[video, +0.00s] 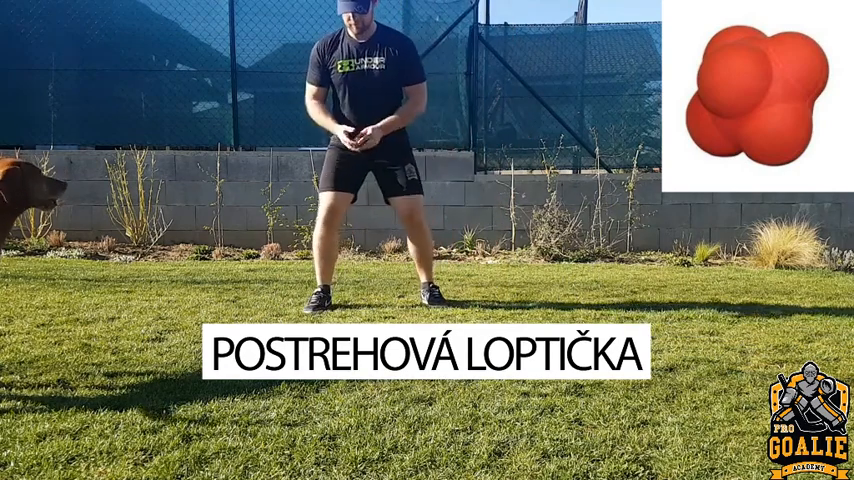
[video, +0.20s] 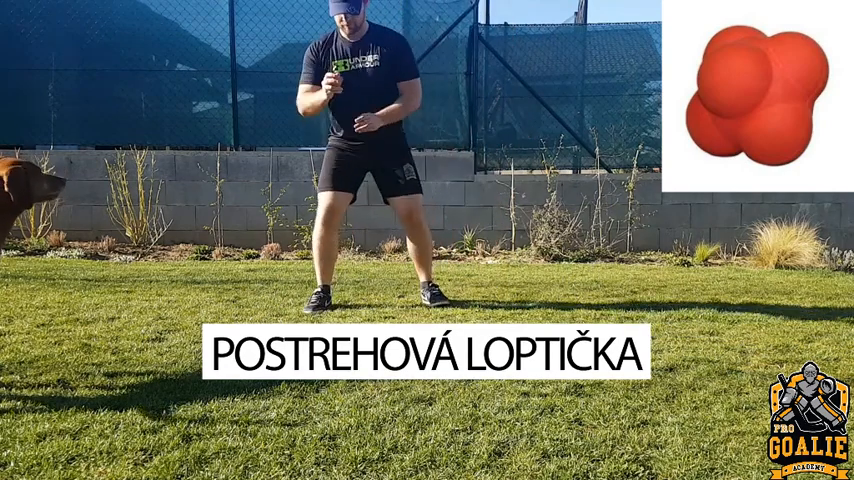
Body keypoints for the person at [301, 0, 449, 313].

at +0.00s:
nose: (354, 19)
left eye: (360, 12)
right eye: (348, 13)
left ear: (373, 7)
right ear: (340, 11)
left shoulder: (400, 45)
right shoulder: (325, 48)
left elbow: (418, 101)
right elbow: (313, 103)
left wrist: (381, 129)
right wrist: (337, 128)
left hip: (391, 141)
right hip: (344, 143)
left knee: (412, 213)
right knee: (328, 212)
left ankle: (429, 287)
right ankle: (323, 290)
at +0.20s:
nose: (345, 20)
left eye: (351, 12)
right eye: (339, 14)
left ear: (364, 7)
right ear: (332, 13)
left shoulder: (393, 42)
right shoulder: (318, 50)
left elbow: (413, 97)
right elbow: (304, 106)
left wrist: (379, 117)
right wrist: (324, 94)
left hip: (389, 142)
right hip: (344, 144)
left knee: (412, 212)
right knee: (327, 211)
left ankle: (428, 285)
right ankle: (322, 290)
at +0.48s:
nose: (355, 22)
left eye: (361, 15)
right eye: (349, 17)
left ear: (375, 9)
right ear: (342, 16)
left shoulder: (405, 46)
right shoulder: (331, 55)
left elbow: (430, 98)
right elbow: (319, 105)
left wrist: (402, 129)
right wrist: (323, 140)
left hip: (401, 145)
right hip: (355, 145)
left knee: (419, 212)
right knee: (336, 210)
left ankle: (429, 286)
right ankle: (324, 290)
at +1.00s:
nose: (338, 33)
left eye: (345, 24)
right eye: (332, 26)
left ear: (363, 21)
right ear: (327, 27)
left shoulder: (398, 60)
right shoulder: (323, 71)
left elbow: (420, 117)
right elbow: (297, 117)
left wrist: (391, 155)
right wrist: (280, 145)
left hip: (397, 148)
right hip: (351, 149)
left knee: (410, 226)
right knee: (319, 196)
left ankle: (428, 288)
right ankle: (295, 277)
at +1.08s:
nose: (315, 51)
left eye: (322, 41)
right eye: (309, 44)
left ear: (340, 39)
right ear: (304, 48)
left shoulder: (377, 72)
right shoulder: (305, 90)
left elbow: (407, 123)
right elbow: (270, 125)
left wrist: (380, 160)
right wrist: (249, 137)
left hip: (386, 152)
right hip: (341, 155)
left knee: (411, 227)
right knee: (305, 202)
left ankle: (428, 287)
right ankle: (265, 279)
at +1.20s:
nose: (289, 76)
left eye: (294, 67)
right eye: (282, 70)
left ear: (313, 62)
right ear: (276, 72)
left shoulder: (348, 87)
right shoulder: (282, 111)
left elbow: (392, 126)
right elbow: (250, 143)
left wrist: (377, 169)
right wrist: (214, 168)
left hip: (367, 164)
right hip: (320, 170)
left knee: (406, 234)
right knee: (287, 217)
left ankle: (428, 287)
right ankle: (252, 299)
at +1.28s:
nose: (261, 98)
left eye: (267, 87)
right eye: (254, 91)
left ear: (284, 81)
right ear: (247, 92)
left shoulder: (324, 101)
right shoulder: (254, 130)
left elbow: (369, 128)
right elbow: (225, 183)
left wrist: (372, 176)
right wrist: (206, 232)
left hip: (343, 177)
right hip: (294, 183)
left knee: (389, 240)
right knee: (259, 216)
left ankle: (424, 287)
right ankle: (247, 304)